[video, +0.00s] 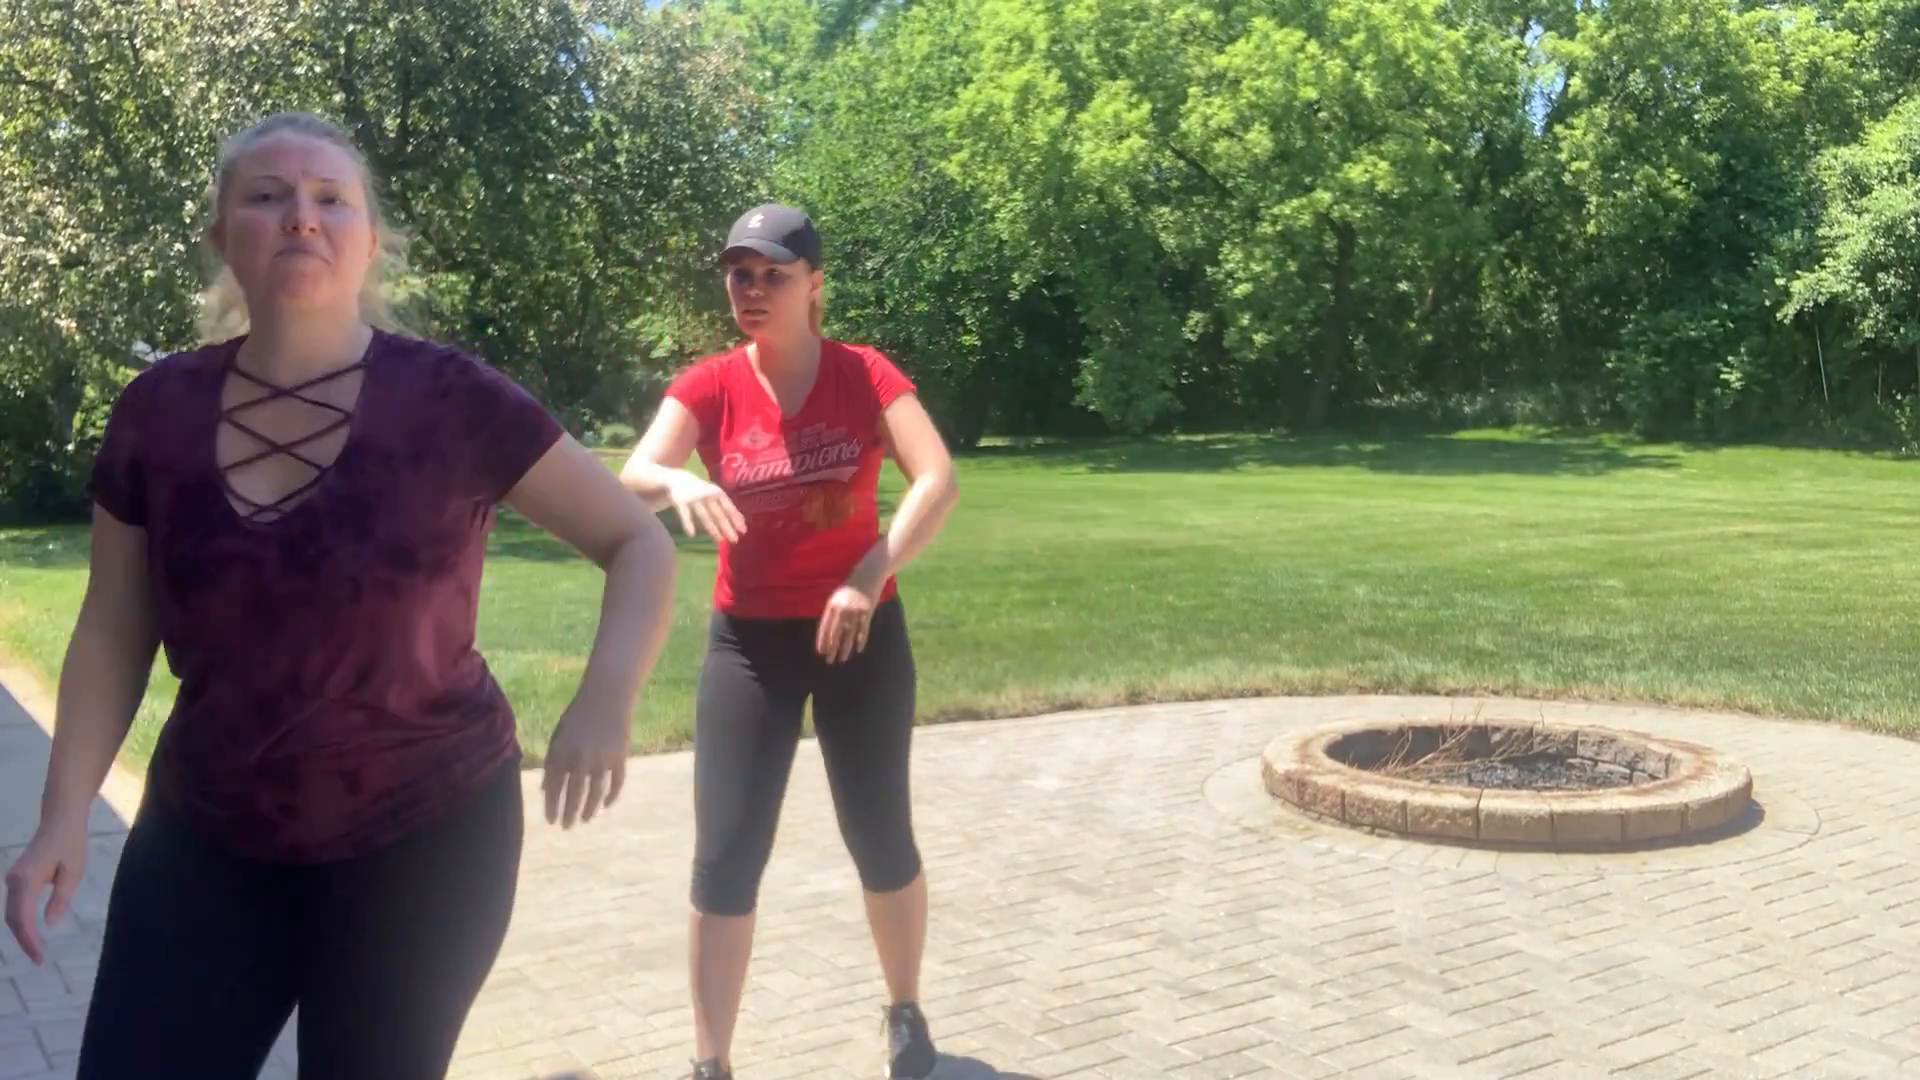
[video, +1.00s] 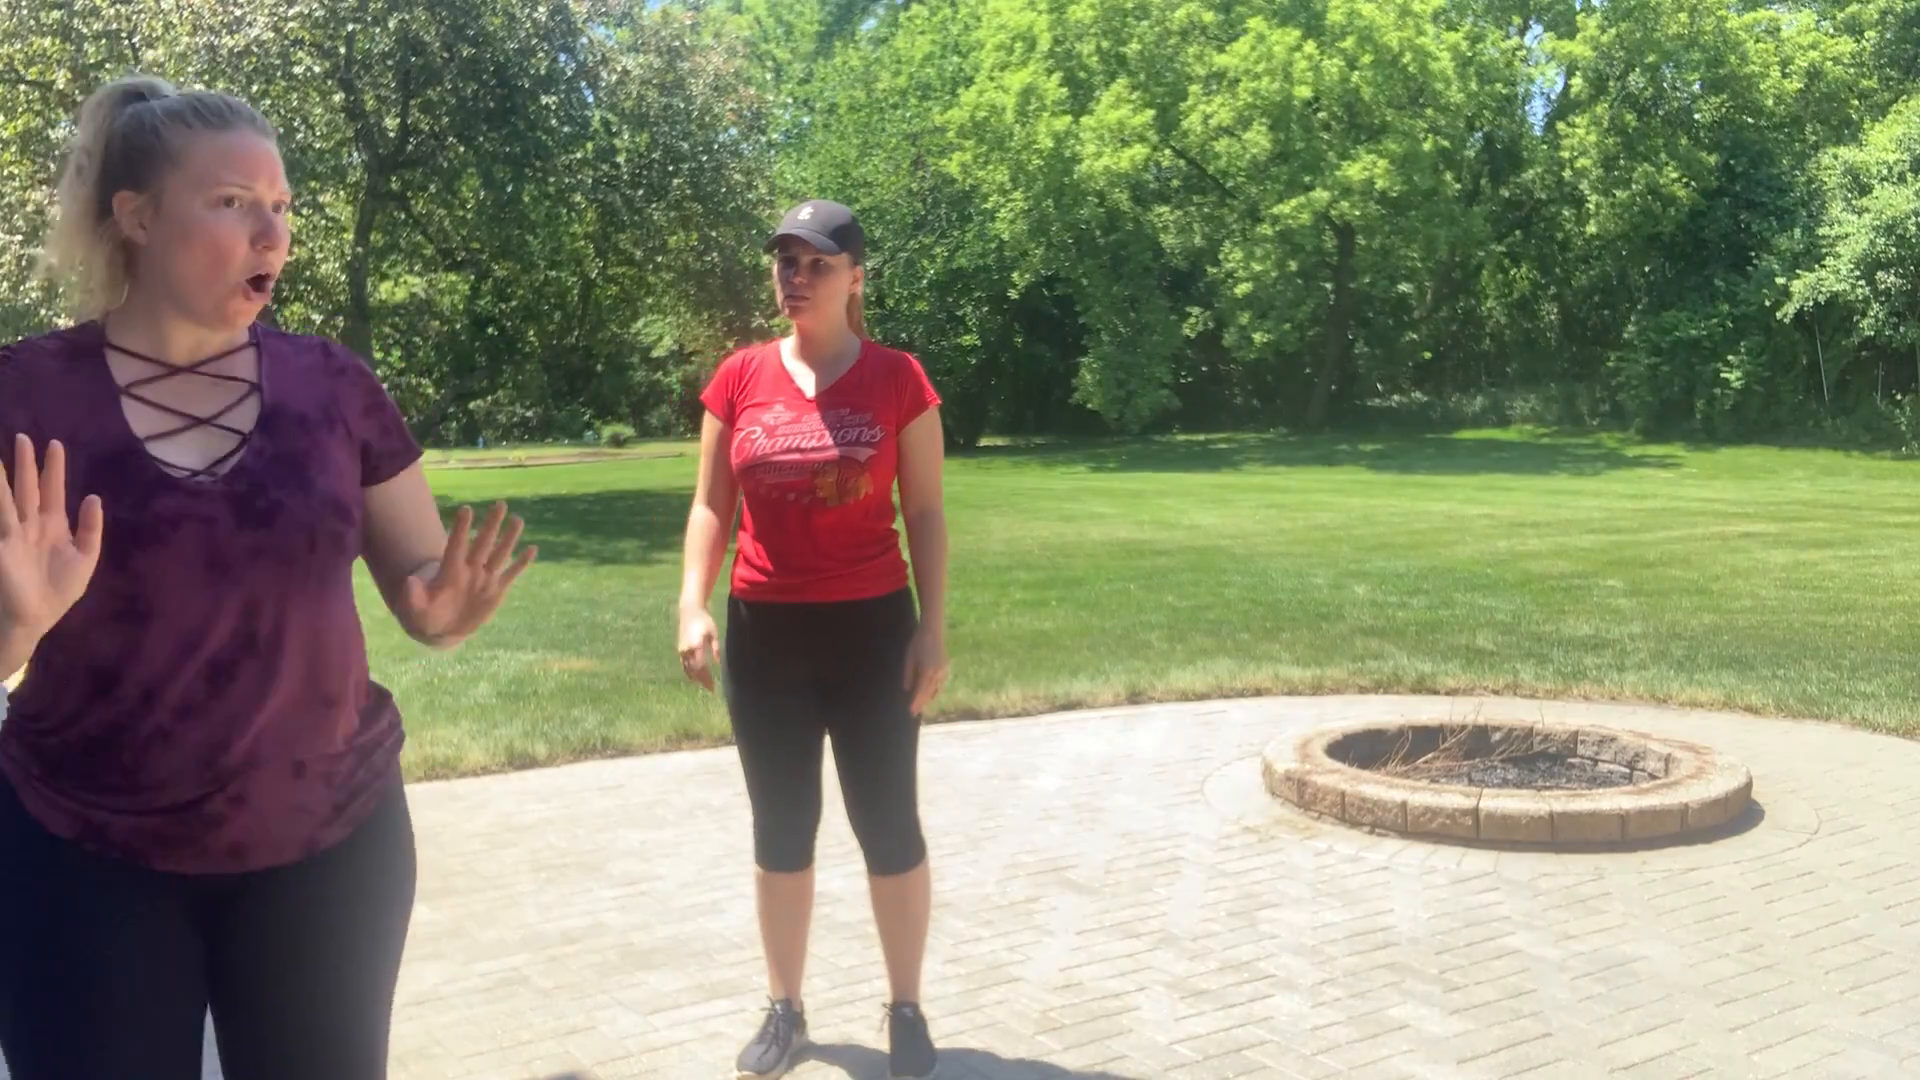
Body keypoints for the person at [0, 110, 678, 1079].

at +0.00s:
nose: (302, 218)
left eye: (331, 199)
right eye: (268, 197)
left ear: (374, 245)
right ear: (219, 239)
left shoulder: (454, 398)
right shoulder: (159, 409)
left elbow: (638, 542)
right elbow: (115, 631)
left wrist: (606, 697)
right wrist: (63, 812)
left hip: (420, 827)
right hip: (212, 821)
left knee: (370, 1065)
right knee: (130, 1067)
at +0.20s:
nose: (221, 255)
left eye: (249, 222)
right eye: (181, 227)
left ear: (294, 233)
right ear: (132, 250)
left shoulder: (386, 391)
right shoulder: (87, 408)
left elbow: (530, 600)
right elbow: (74, 626)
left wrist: (367, 752)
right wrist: (23, 803)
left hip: (380, 835)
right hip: (163, 837)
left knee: (350, 1067)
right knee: (122, 1066)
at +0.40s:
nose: (192, 273)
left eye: (215, 228)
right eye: (145, 241)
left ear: (251, 214)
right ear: (85, 247)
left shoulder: (352, 384)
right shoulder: (41, 391)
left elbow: (427, 627)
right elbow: (12, 629)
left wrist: (227, 718)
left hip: (331, 841)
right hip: (104, 842)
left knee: (322, 1065)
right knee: (115, 1065)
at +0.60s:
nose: (219, 244)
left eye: (233, 206)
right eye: (173, 219)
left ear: (253, 201)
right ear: (93, 232)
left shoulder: (342, 369)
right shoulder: (29, 388)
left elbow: (430, 594)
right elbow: (3, 606)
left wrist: (259, 655)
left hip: (320, 841)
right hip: (89, 846)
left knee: (313, 1065)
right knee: (109, 1065)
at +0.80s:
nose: (273, 237)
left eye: (276, 204)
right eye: (228, 211)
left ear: (288, 204)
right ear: (127, 223)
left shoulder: (353, 373)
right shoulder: (29, 389)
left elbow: (450, 577)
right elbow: (3, 607)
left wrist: (371, 602)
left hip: (331, 841)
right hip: (93, 849)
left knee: (330, 1065)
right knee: (114, 1065)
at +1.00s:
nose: (274, 238)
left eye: (281, 209)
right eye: (235, 205)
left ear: (291, 222)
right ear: (133, 215)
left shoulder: (333, 385)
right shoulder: (25, 394)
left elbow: (420, 577)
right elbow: (4, 666)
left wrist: (448, 614)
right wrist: (23, 627)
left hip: (319, 842)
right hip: (80, 851)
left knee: (330, 1066)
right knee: (96, 1064)